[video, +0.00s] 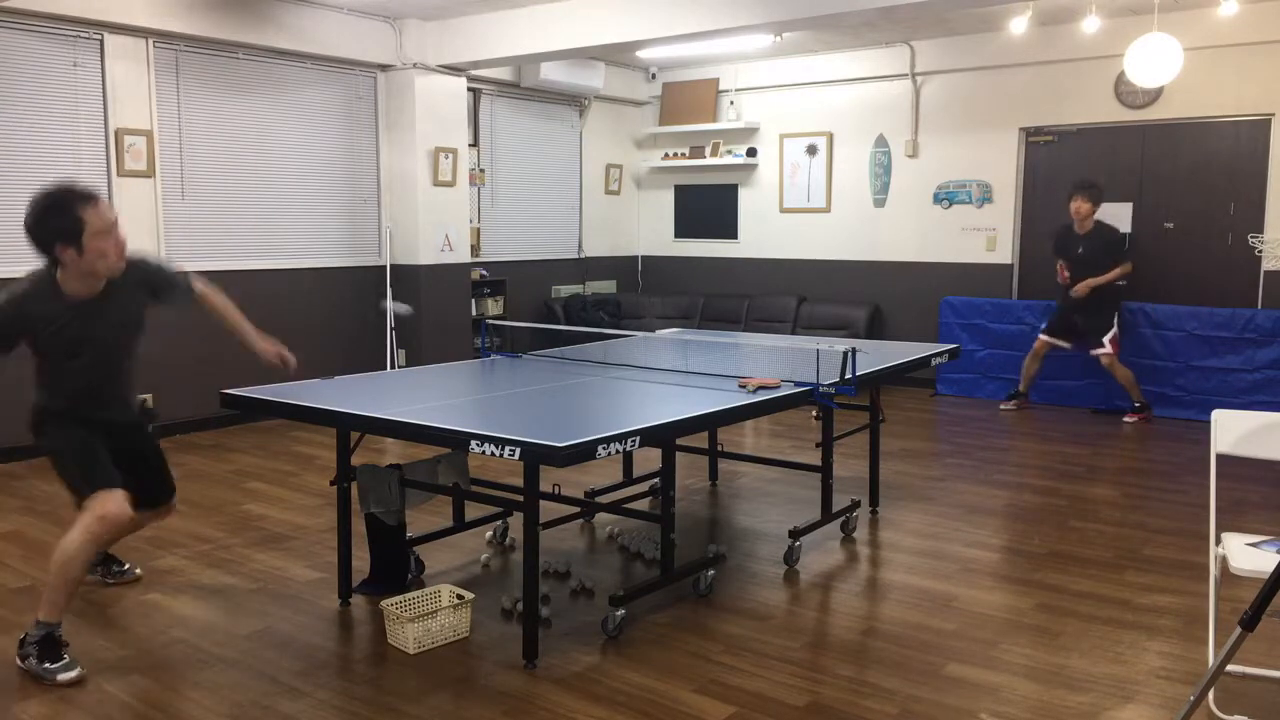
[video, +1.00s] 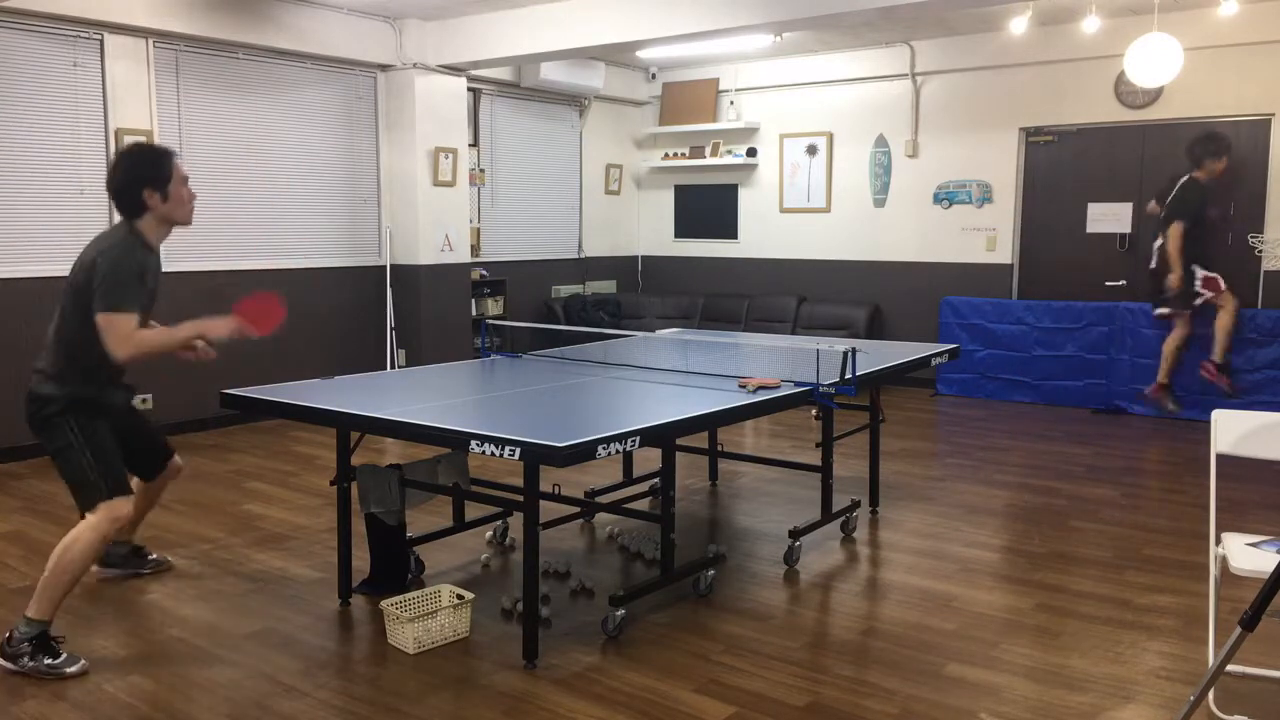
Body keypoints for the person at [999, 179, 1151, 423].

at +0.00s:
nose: (1076, 207)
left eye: (1083, 202)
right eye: (1074, 201)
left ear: (1094, 208)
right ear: (1069, 205)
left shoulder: (1109, 235)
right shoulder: (1064, 234)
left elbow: (1126, 267)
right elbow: (1060, 262)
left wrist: (1090, 283)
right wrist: (1063, 274)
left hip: (1101, 304)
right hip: (1070, 303)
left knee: (1108, 360)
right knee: (1039, 347)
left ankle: (1140, 404)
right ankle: (1021, 394)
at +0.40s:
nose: (1106, 218)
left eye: (1111, 212)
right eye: (1102, 212)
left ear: (1117, 215)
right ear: (1092, 212)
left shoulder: (1122, 240)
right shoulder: (1077, 240)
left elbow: (1126, 277)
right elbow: (1065, 279)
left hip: (1105, 306)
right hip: (1070, 306)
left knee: (1134, 347)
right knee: (1040, 352)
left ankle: (1140, 404)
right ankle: (1018, 393)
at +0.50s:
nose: (1133, 222)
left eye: (1137, 217)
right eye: (1129, 216)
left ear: (1143, 221)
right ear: (1119, 217)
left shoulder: (1138, 242)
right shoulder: (1104, 244)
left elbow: (1132, 276)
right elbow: (1118, 284)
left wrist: (1147, 288)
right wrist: (1154, 269)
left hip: (1117, 310)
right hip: (1088, 311)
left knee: (1150, 347)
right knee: (1052, 357)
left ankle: (1143, 407)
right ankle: (1017, 393)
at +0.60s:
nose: (1164, 232)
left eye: (1167, 228)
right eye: (1164, 227)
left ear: (1154, 222)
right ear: (1157, 223)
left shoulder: (1150, 244)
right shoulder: (1136, 245)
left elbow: (1155, 279)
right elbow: (1154, 281)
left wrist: (1182, 287)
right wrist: (1188, 271)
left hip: (1133, 313)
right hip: (1109, 313)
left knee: (1167, 351)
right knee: (1084, 364)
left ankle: (1147, 407)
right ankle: (1028, 387)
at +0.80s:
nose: (1203, 214)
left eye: (1205, 208)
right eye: (1203, 208)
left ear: (1187, 204)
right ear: (1191, 204)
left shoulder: (1171, 226)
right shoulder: (1168, 230)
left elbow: (1142, 236)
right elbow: (1149, 273)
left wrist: (1183, 254)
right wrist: (1140, 310)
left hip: (1165, 298)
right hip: (1154, 300)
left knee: (1175, 348)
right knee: (1195, 331)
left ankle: (1148, 404)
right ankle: (1137, 360)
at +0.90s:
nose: (1217, 186)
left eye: (1218, 181)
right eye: (1214, 180)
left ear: (1195, 178)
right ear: (1200, 178)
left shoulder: (1176, 199)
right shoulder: (1183, 207)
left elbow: (1146, 214)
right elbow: (1157, 248)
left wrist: (1175, 231)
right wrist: (1149, 287)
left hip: (1165, 278)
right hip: (1172, 278)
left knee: (1168, 340)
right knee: (1221, 299)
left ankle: (1150, 399)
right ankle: (1185, 350)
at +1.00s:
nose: (1225, 164)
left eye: (1225, 159)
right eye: (1221, 159)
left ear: (1199, 159)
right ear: (1208, 160)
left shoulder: (1181, 182)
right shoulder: (1194, 188)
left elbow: (1153, 207)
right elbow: (1174, 230)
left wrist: (1183, 218)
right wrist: (1175, 270)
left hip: (1167, 266)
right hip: (1183, 265)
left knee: (1181, 326)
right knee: (1228, 303)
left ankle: (1160, 385)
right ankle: (1217, 362)